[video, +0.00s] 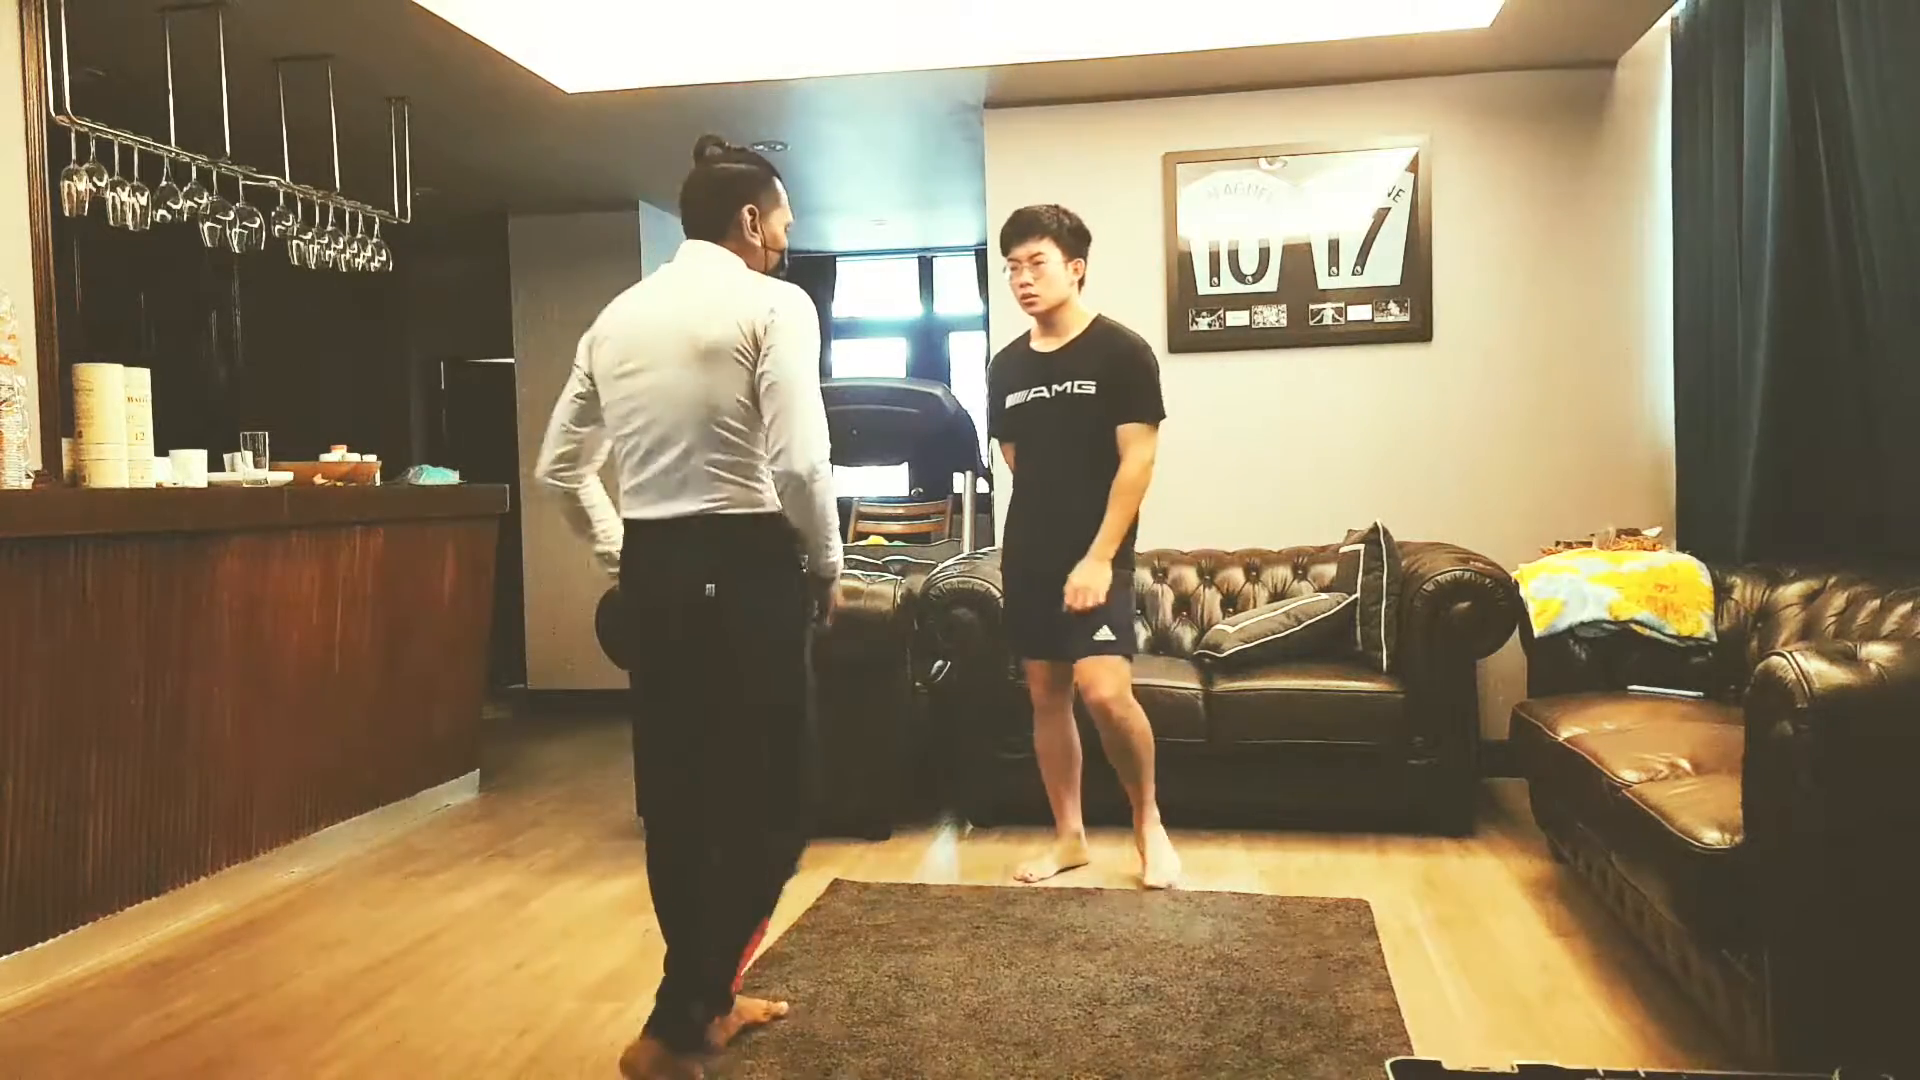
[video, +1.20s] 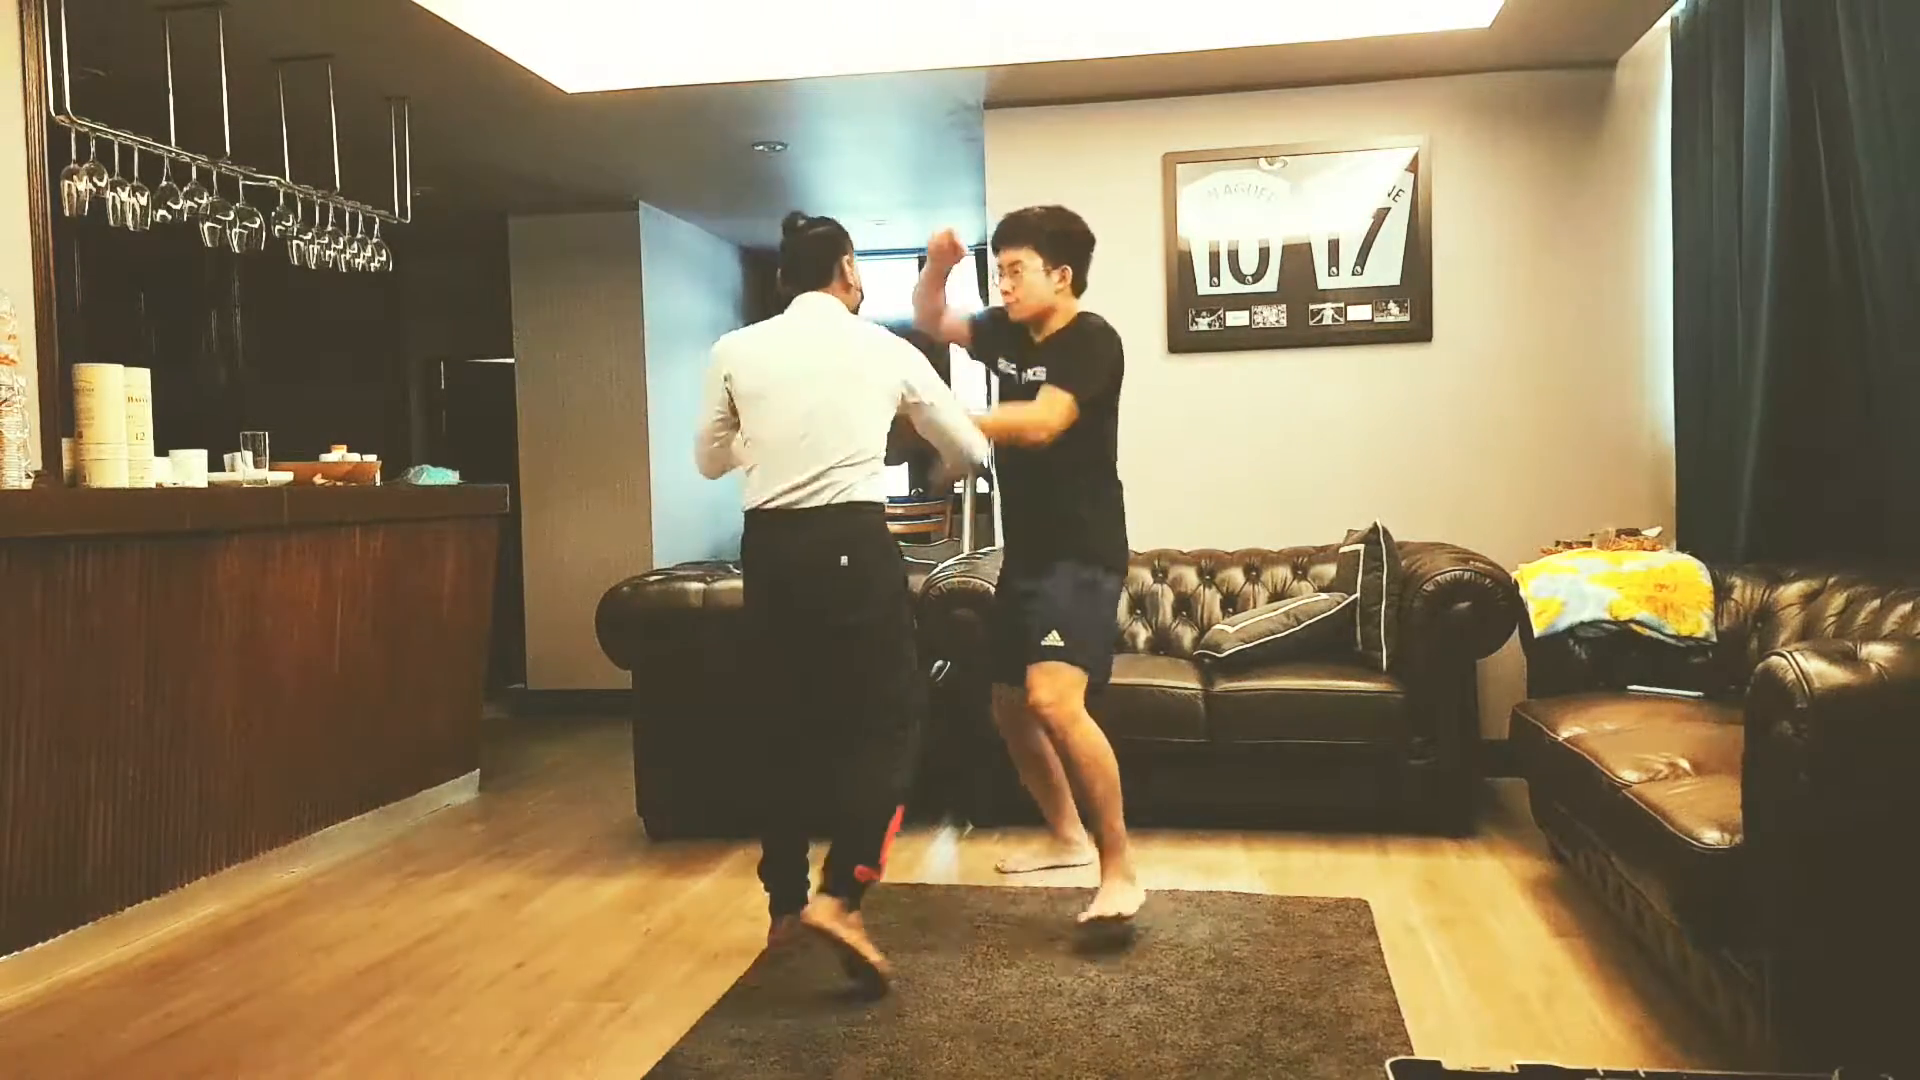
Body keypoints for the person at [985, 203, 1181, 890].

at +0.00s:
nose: (1022, 277)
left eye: (1037, 263)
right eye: (1014, 266)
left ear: (1077, 267)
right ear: (1008, 274)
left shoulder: (1122, 351)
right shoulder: (1006, 365)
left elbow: (1138, 463)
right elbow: (1017, 462)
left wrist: (1100, 557)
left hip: (1100, 545)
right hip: (1030, 549)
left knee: (1103, 691)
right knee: (1047, 691)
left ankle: (1148, 824)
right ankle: (1070, 839)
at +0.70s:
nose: (988, 278)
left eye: (1002, 264)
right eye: (979, 267)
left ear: (1041, 269)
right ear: (974, 276)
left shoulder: (1084, 346)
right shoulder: (985, 372)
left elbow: (1113, 447)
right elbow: (986, 467)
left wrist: (1062, 502)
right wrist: (969, 542)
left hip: (1076, 555)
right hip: (1012, 556)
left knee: (1084, 701)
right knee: (1038, 699)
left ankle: (1123, 859)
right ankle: (1070, 842)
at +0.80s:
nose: (987, 277)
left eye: (1002, 263)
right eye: (979, 266)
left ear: (1041, 267)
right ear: (975, 275)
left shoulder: (1087, 346)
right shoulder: (983, 370)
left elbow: (1111, 440)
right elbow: (985, 457)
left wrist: (1070, 419)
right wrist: (970, 514)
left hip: (1078, 553)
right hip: (1012, 554)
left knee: (1082, 699)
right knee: (1036, 694)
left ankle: (1124, 858)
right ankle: (1069, 842)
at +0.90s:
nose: (987, 275)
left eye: (1002, 261)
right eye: (980, 263)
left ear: (1043, 265)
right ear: (977, 273)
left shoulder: (1082, 340)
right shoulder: (984, 366)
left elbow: (1077, 429)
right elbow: (976, 453)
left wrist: (1070, 331)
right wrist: (972, 463)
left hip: (1075, 542)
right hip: (1013, 546)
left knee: (1076, 696)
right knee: (1037, 696)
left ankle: (1123, 853)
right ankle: (1069, 841)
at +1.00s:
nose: (983, 273)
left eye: (995, 259)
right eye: (980, 261)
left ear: (1041, 262)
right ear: (1002, 269)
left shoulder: (1083, 327)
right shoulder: (1000, 349)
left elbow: (1059, 381)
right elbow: (955, 447)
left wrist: (997, 301)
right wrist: (945, 394)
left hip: (1078, 537)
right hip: (1020, 537)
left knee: (1069, 696)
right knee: (1035, 694)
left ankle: (1126, 847)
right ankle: (1070, 838)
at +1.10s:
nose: (993, 272)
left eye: (1006, 258)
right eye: (988, 260)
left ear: (1053, 262)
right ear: (993, 269)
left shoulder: (1084, 322)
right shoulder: (996, 337)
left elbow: (1046, 385)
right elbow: (951, 378)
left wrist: (947, 350)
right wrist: (926, 326)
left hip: (1083, 534)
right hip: (1027, 535)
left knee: (1059, 693)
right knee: (1027, 691)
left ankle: (1127, 847)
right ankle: (1071, 841)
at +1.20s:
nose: (1002, 284)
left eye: (1016, 270)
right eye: (999, 273)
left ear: (1063, 274)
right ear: (1003, 279)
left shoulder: (1092, 339)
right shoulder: (1008, 332)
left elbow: (1044, 420)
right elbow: (933, 325)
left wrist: (947, 420)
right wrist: (935, 273)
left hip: (1083, 552)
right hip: (1026, 553)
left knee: (1054, 700)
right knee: (1010, 705)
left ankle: (1119, 871)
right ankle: (1067, 841)